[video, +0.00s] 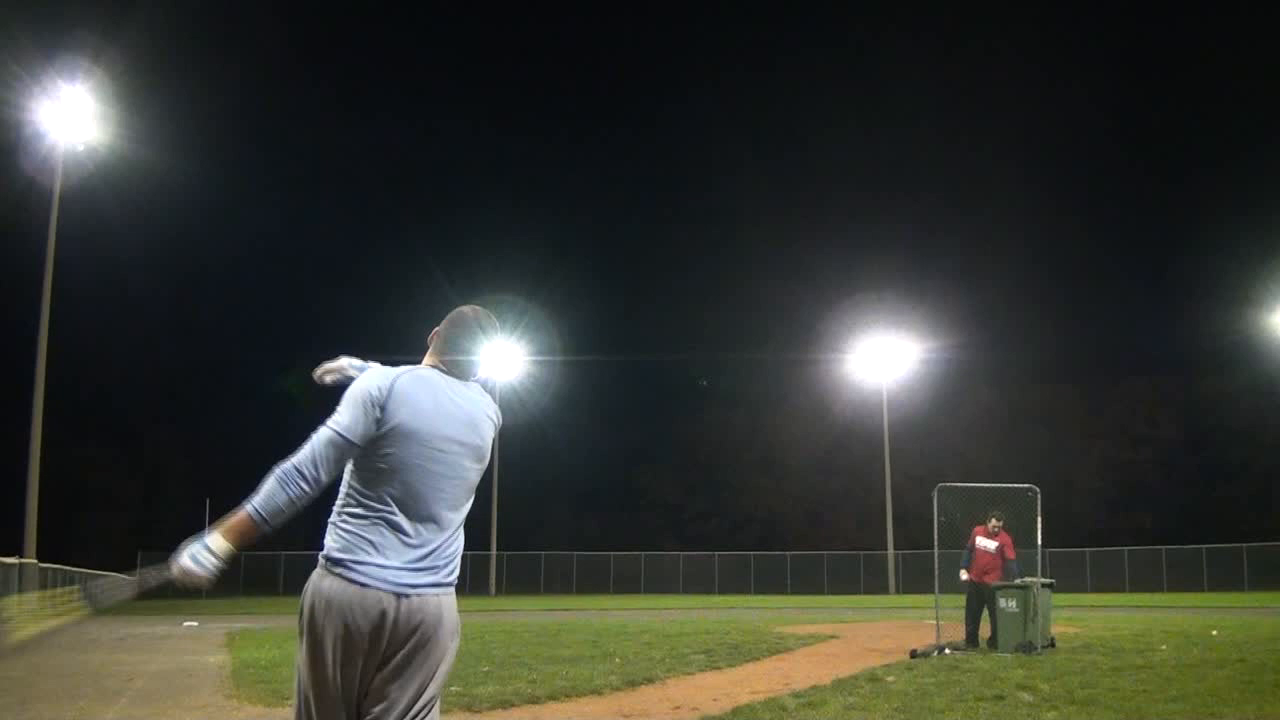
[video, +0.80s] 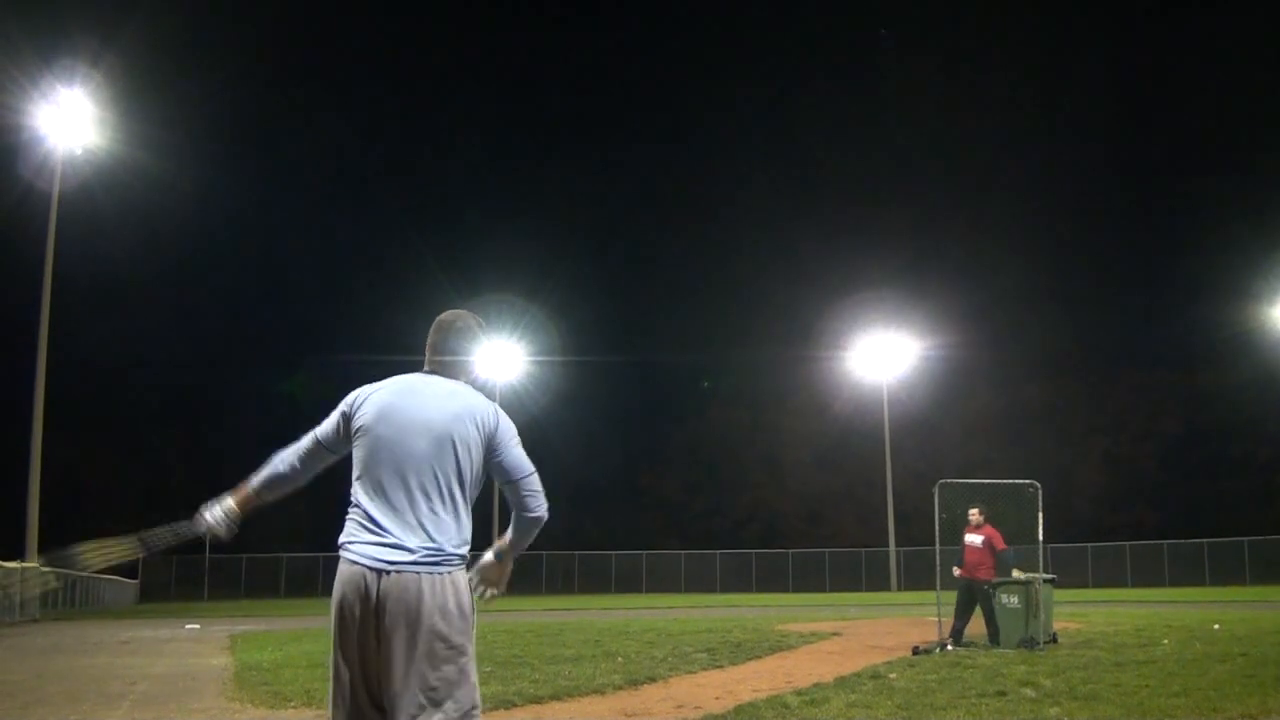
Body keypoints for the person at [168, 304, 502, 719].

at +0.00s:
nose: (430, 337)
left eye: (434, 333)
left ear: (434, 340)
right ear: (481, 362)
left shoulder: (381, 387)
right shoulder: (486, 414)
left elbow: (306, 472)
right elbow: (434, 398)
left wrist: (220, 540)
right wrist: (370, 374)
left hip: (343, 598)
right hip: (430, 609)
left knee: (322, 709)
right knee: (407, 712)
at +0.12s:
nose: (426, 340)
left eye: (430, 333)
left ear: (431, 340)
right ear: (480, 360)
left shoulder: (374, 380)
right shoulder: (486, 412)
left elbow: (291, 456)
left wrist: (196, 511)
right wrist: (366, 392)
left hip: (340, 588)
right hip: (428, 602)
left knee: (327, 712)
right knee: (411, 713)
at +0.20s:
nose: (426, 343)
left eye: (428, 336)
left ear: (430, 343)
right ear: (480, 361)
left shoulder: (372, 382)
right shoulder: (488, 414)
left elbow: (284, 448)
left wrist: (185, 495)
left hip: (341, 586)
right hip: (428, 597)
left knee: (333, 712)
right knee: (415, 713)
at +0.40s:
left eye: (429, 341)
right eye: (473, 356)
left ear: (424, 348)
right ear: (475, 365)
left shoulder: (368, 387)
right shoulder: (486, 415)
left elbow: (275, 442)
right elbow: (512, 455)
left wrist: (177, 476)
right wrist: (482, 395)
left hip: (346, 585)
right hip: (430, 595)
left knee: (344, 708)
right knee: (423, 712)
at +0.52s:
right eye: (478, 352)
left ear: (426, 350)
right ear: (476, 361)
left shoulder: (369, 389)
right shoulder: (490, 415)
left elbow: (279, 443)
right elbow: (524, 471)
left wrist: (187, 473)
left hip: (350, 583)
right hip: (431, 592)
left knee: (348, 709)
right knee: (421, 712)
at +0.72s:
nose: (476, 367)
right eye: (476, 358)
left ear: (424, 354)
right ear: (474, 364)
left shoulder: (370, 394)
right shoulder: (491, 416)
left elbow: (290, 449)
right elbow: (538, 497)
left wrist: (215, 482)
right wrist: (496, 529)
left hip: (353, 578)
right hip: (433, 588)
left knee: (349, 707)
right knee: (430, 710)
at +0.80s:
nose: (476, 367)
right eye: (477, 359)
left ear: (427, 353)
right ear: (475, 360)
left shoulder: (369, 398)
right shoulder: (488, 414)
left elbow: (297, 460)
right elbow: (533, 509)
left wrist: (234, 502)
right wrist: (503, 556)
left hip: (355, 580)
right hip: (433, 588)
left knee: (354, 709)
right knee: (438, 710)